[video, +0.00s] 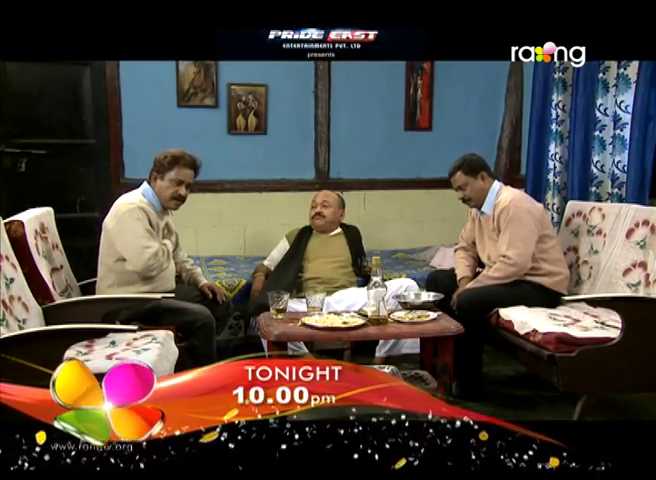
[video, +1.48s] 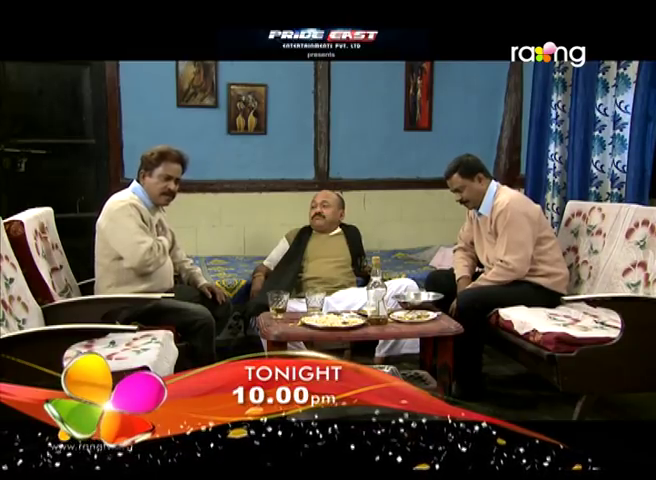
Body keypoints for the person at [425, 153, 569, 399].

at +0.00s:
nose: (461, 196)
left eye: (463, 188)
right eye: (458, 191)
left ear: (483, 178)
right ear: (480, 180)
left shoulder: (516, 205)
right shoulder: (479, 209)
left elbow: (515, 263)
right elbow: (465, 247)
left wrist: (468, 289)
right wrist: (465, 281)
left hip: (541, 285)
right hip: (502, 277)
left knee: (468, 303)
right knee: (437, 280)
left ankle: (467, 385)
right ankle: (439, 369)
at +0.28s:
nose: (461, 195)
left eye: (464, 187)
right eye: (458, 190)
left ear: (484, 177)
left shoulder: (516, 204)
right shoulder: (479, 209)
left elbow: (513, 263)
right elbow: (465, 247)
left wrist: (469, 291)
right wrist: (465, 282)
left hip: (541, 286)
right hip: (503, 277)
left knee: (468, 303)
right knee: (437, 280)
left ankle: (467, 385)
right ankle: (439, 369)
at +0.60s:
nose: (459, 197)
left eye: (461, 188)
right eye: (456, 192)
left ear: (481, 178)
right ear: (479, 180)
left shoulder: (514, 205)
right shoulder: (478, 209)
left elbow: (513, 263)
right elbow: (464, 248)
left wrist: (466, 293)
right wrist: (464, 280)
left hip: (541, 286)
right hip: (502, 277)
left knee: (468, 302)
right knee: (437, 280)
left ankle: (467, 385)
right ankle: (441, 368)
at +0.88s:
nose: (458, 197)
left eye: (461, 189)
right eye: (455, 192)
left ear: (481, 178)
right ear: (479, 180)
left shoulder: (514, 205)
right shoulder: (478, 209)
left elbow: (513, 265)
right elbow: (464, 248)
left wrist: (465, 294)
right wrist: (464, 281)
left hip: (541, 286)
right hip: (502, 277)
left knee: (468, 302)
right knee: (437, 280)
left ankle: (467, 385)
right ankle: (441, 368)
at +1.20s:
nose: (458, 198)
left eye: (460, 190)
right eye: (455, 193)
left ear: (481, 179)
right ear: (478, 181)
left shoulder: (513, 206)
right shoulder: (478, 208)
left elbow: (513, 266)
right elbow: (464, 248)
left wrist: (465, 294)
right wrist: (464, 282)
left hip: (541, 286)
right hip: (503, 277)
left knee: (468, 302)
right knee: (437, 280)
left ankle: (467, 386)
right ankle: (440, 369)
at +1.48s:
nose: (458, 198)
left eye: (460, 191)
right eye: (454, 193)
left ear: (480, 179)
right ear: (478, 181)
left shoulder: (512, 206)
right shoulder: (477, 208)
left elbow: (513, 266)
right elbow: (464, 248)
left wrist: (465, 295)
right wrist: (463, 283)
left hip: (542, 286)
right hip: (504, 277)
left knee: (468, 302)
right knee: (437, 280)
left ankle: (468, 386)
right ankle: (440, 369)